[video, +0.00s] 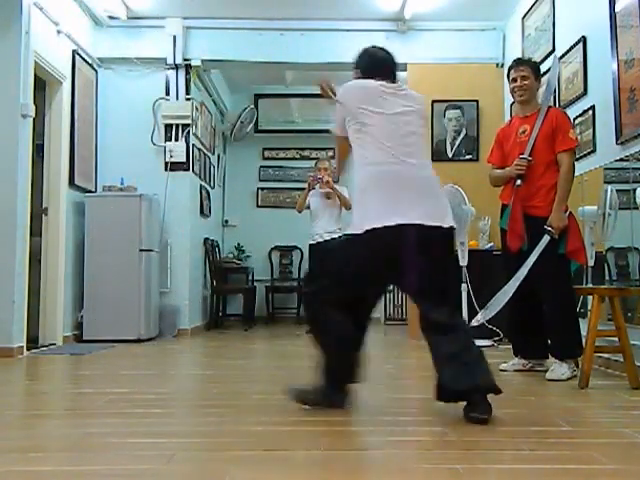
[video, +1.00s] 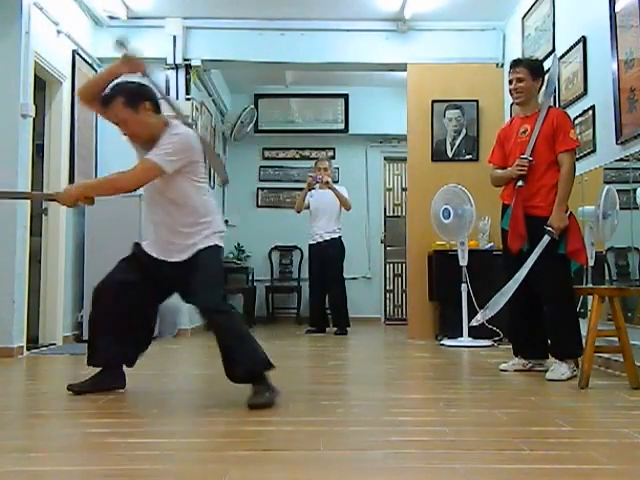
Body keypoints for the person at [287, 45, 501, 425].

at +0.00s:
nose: (352, 77)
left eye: (353, 72)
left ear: (358, 73)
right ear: (392, 74)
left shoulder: (349, 92)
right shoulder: (417, 100)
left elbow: (342, 148)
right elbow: (383, 110)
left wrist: (336, 176)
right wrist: (340, 96)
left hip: (377, 219)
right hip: (433, 220)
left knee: (338, 298)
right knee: (443, 310)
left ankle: (334, 388)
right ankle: (476, 394)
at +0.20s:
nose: (281, 89)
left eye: (283, 82)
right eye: (281, 83)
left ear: (296, 79)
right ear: (319, 77)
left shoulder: (306, 105)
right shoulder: (347, 106)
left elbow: (240, 118)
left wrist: (173, 102)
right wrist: (327, 70)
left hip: (343, 232)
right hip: (372, 232)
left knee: (281, 297)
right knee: (342, 314)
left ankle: (284, 389)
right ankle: (399, 354)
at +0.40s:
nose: (235, 105)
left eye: (237, 97)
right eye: (234, 98)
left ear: (252, 94)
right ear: (267, 95)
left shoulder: (298, 126)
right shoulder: (260, 146)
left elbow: (246, 165)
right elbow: (214, 192)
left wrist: (225, 115)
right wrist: (170, 164)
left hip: (321, 245)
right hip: (285, 245)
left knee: (259, 301)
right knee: (235, 294)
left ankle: (282, 389)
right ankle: (203, 361)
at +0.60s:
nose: (200, 111)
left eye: (204, 103)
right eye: (199, 105)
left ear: (227, 102)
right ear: (225, 104)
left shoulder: (274, 138)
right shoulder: (219, 148)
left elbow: (245, 185)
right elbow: (172, 190)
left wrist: (215, 136)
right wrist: (111, 182)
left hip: (289, 247)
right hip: (245, 248)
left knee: (250, 305)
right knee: (187, 286)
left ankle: (272, 388)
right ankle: (194, 360)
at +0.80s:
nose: (178, 114)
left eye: (182, 106)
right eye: (176, 107)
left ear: (209, 103)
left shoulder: (237, 136)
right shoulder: (191, 140)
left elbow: (183, 162)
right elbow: (149, 177)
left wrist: (120, 148)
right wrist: (147, 129)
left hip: (247, 243)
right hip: (205, 244)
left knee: (231, 307)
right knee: (146, 281)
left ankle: (270, 387)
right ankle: (140, 361)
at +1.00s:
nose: (123, 134)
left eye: (124, 124)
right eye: (119, 126)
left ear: (146, 110)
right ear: (141, 112)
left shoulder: (181, 139)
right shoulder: (146, 136)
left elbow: (133, 180)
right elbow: (86, 97)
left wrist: (83, 189)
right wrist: (119, 67)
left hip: (200, 245)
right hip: (158, 246)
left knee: (211, 304)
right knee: (109, 294)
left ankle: (259, 380)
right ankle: (111, 372)